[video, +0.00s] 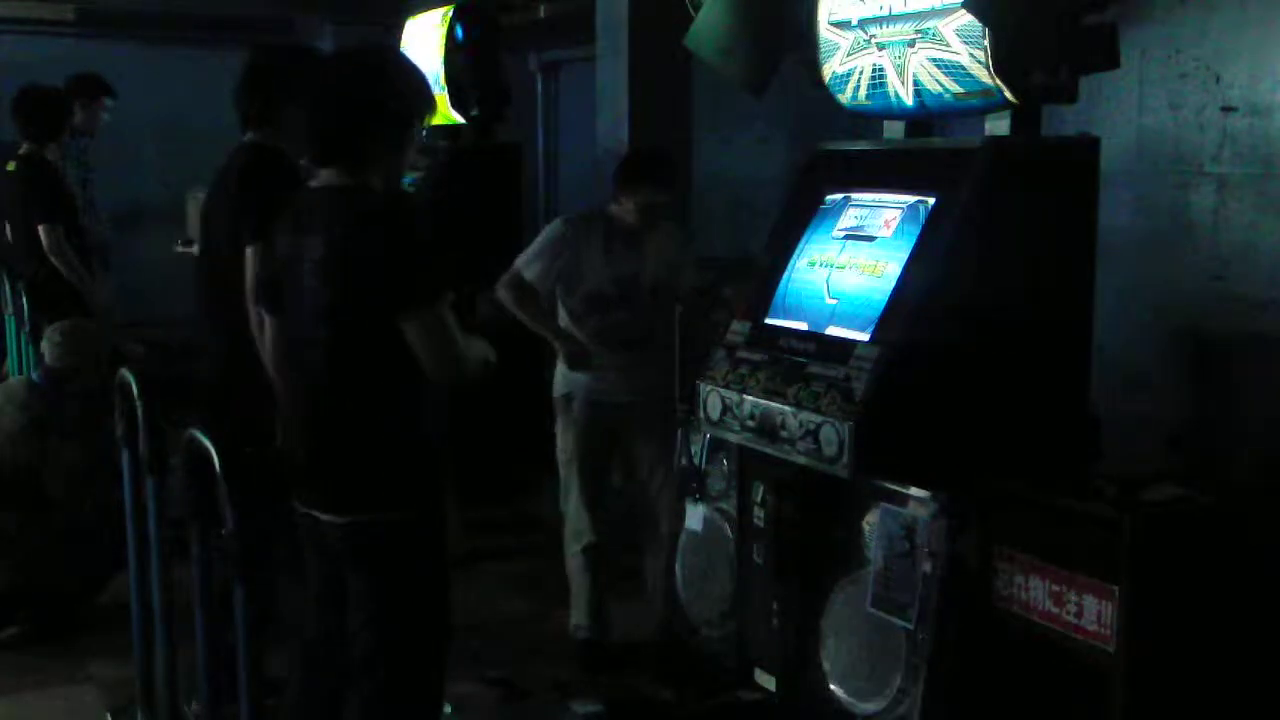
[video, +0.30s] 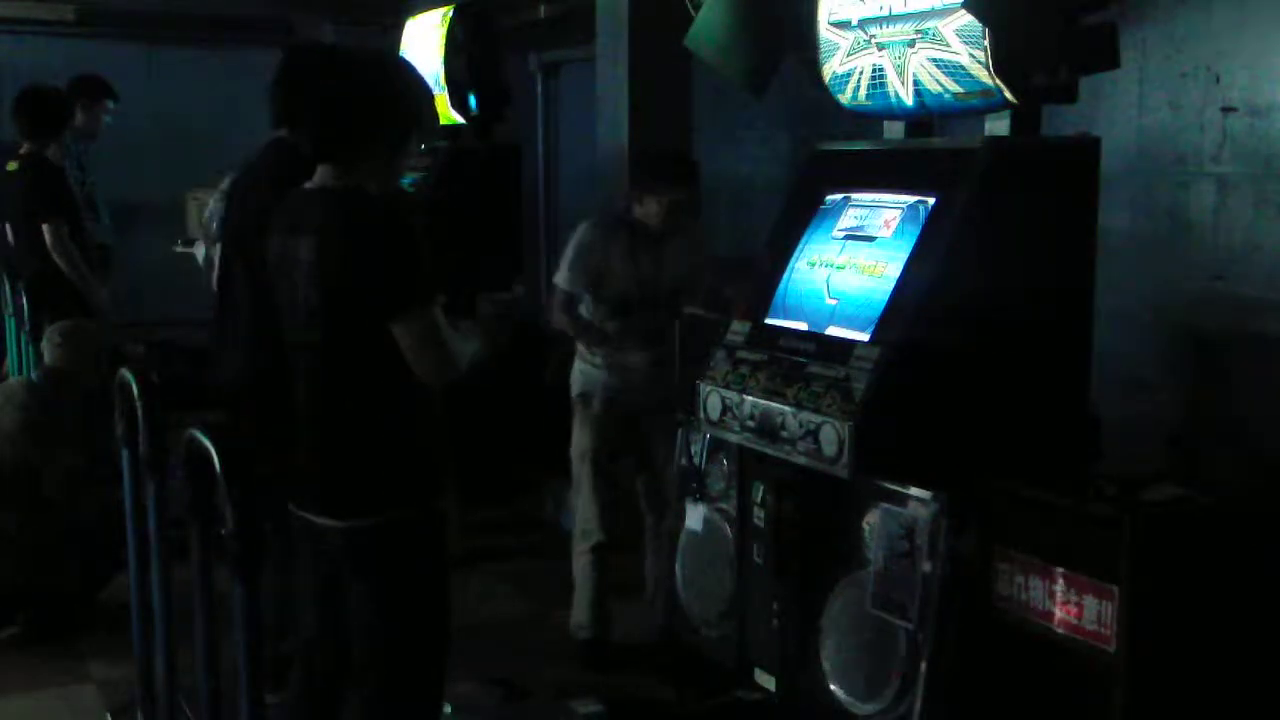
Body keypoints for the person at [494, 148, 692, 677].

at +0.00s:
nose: (648, 216)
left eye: (657, 206)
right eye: (641, 204)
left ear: (667, 204)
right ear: (620, 196)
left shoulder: (667, 242)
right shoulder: (572, 234)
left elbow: (689, 304)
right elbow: (513, 288)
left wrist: (678, 360)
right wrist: (561, 338)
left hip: (649, 390)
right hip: (584, 391)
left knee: (661, 508)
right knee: (585, 513)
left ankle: (663, 624)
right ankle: (587, 628)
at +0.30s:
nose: (663, 213)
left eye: (673, 204)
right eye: (655, 201)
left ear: (682, 205)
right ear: (636, 196)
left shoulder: (683, 245)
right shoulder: (596, 237)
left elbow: (701, 307)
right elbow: (561, 307)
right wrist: (601, 341)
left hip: (660, 391)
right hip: (600, 392)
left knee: (664, 512)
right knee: (595, 517)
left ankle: (664, 622)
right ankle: (589, 628)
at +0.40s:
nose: (680, 217)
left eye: (687, 207)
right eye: (674, 205)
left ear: (690, 207)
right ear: (650, 199)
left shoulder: (684, 247)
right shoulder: (606, 238)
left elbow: (694, 314)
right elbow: (590, 321)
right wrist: (654, 347)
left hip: (663, 385)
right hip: (608, 385)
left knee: (665, 510)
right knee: (599, 514)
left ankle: (664, 621)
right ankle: (589, 626)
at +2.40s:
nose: (721, 231)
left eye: (730, 222)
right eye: (715, 219)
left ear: (737, 223)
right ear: (695, 211)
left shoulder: (724, 260)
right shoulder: (649, 250)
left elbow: (733, 325)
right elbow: (645, 340)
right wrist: (698, 384)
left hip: (681, 394)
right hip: (628, 388)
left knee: (675, 511)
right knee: (612, 511)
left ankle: (666, 624)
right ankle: (591, 625)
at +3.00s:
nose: (693, 217)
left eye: (702, 208)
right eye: (688, 205)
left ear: (712, 208)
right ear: (669, 196)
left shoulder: (711, 246)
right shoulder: (624, 238)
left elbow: (726, 311)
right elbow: (593, 311)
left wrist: (699, 361)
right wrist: (637, 361)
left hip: (681, 386)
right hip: (623, 384)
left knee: (676, 499)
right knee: (606, 495)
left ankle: (668, 605)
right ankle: (597, 592)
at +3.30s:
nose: (622, 209)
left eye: (630, 199)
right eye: (614, 199)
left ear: (651, 195)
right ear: (606, 197)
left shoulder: (676, 241)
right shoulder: (594, 232)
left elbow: (708, 312)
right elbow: (572, 299)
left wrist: (676, 370)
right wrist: (592, 359)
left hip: (657, 385)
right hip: (603, 383)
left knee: (665, 503)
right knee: (595, 498)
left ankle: (667, 607)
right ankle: (604, 594)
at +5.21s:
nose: (580, 215)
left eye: (583, 204)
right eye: (576, 206)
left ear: (607, 193)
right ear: (594, 201)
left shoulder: (650, 231)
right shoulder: (614, 235)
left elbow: (678, 304)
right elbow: (625, 307)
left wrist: (686, 378)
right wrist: (617, 358)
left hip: (650, 375)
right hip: (618, 370)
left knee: (642, 486)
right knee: (619, 484)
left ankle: (653, 598)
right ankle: (634, 586)